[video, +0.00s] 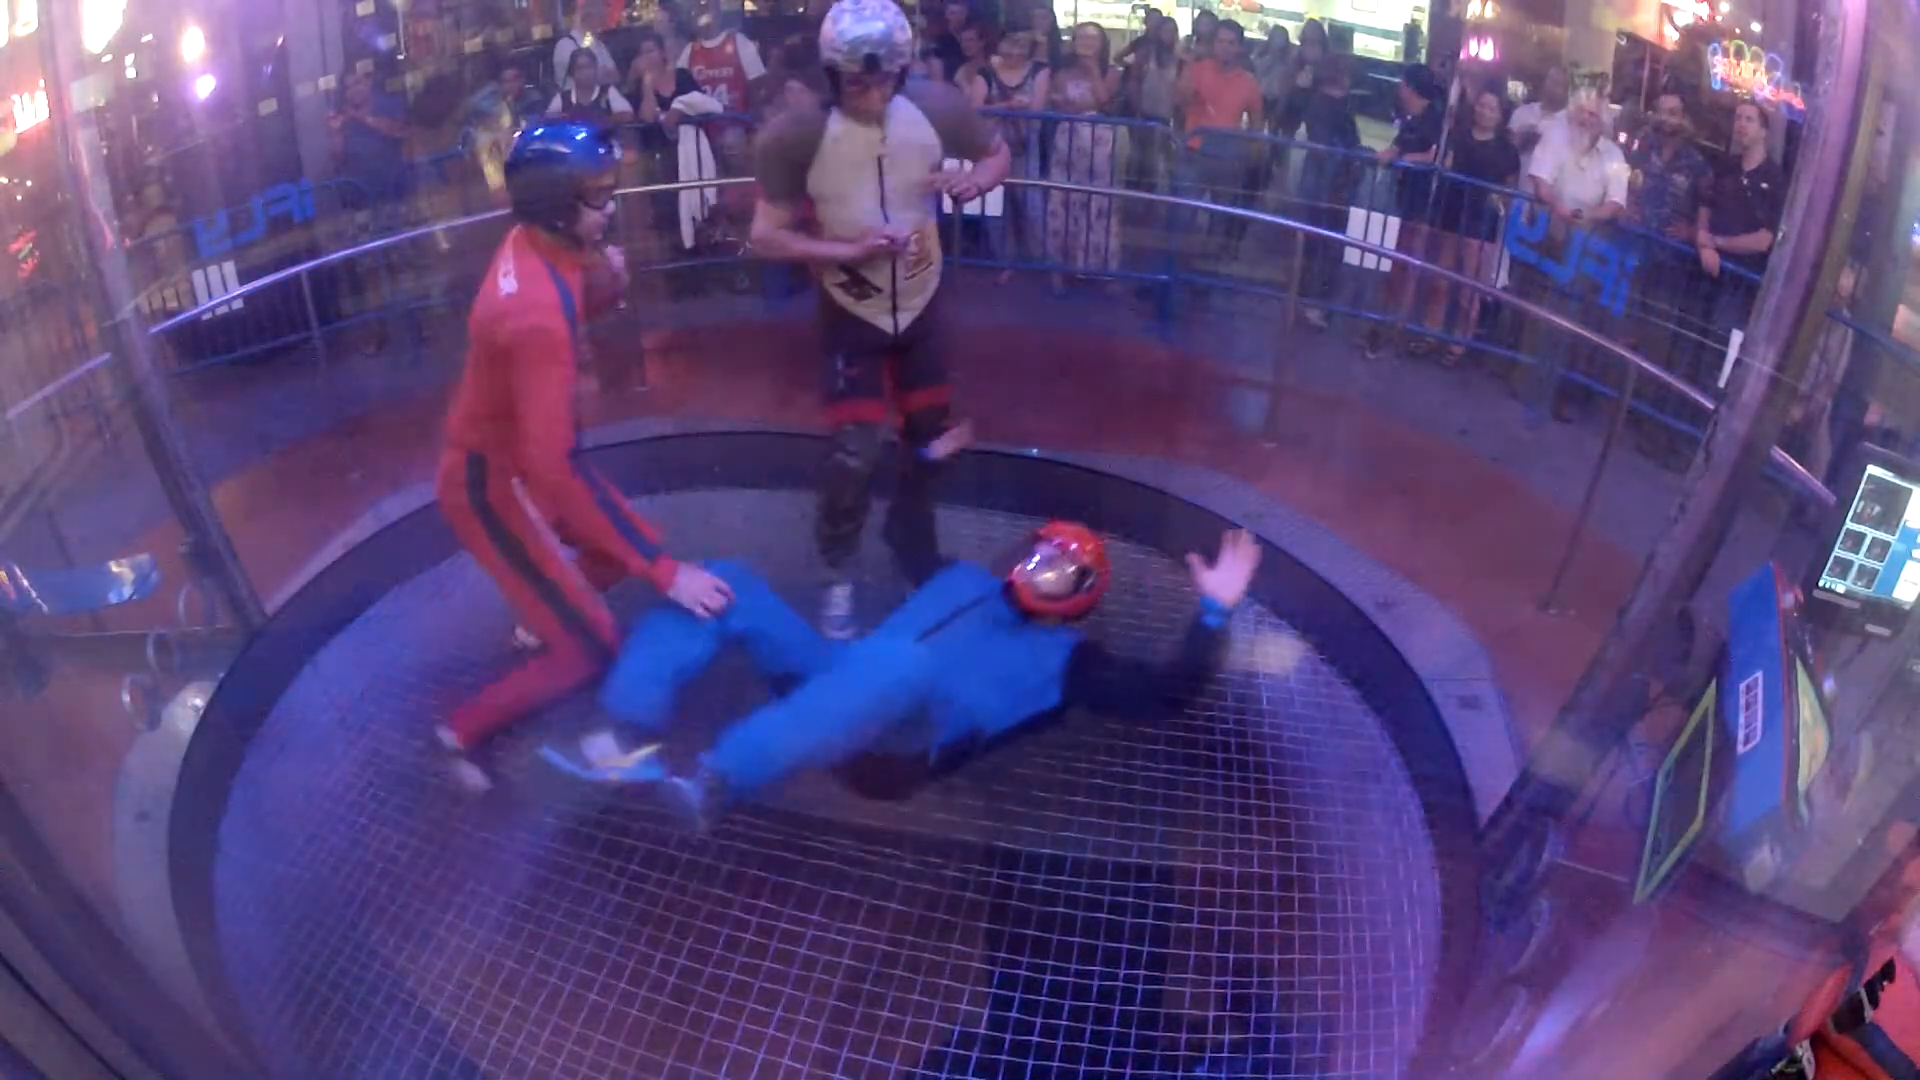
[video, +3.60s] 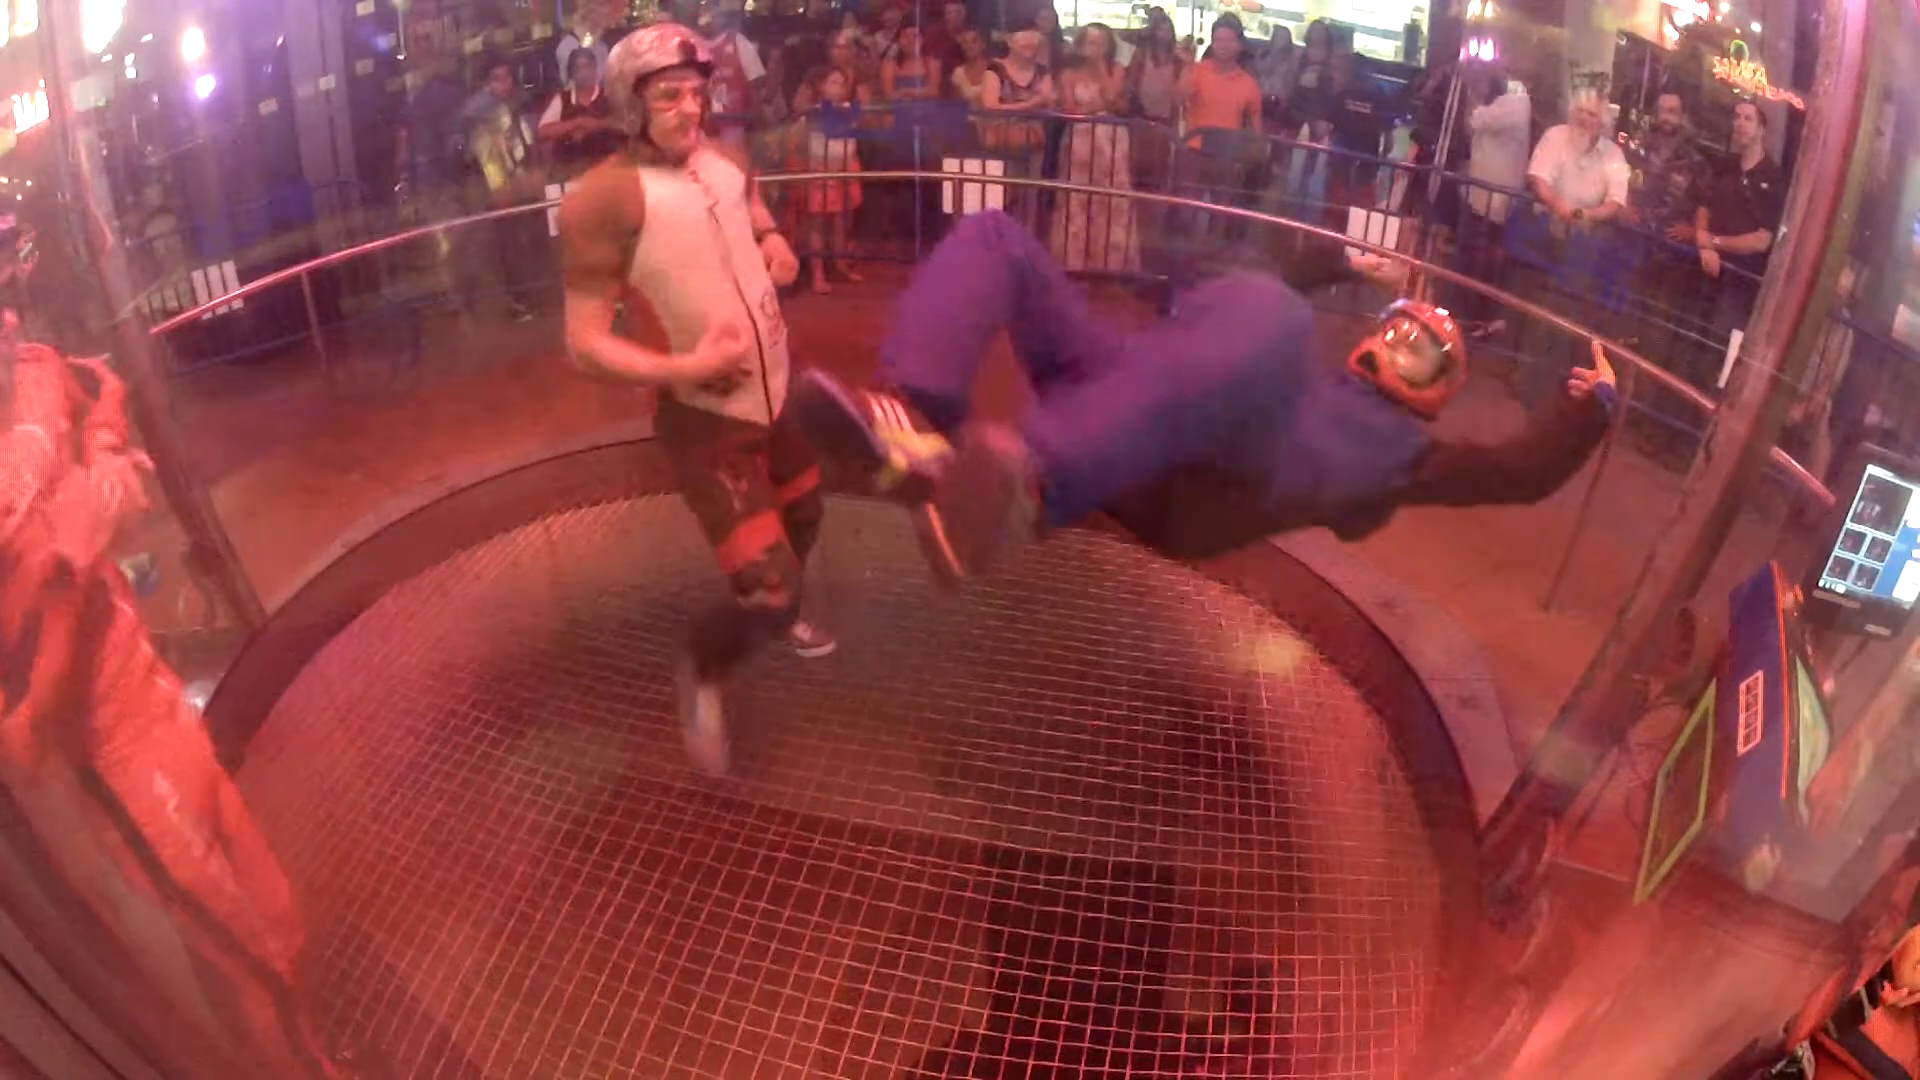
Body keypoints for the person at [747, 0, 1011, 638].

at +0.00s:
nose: (871, 93)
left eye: (883, 78)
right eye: (857, 81)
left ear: (901, 68)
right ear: (833, 72)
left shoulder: (934, 111)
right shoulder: (801, 135)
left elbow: (998, 156)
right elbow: (763, 234)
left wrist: (973, 179)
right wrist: (850, 250)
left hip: (924, 304)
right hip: (851, 311)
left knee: (935, 445)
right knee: (862, 445)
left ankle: (916, 555)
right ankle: (838, 578)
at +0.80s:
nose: (901, 69)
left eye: (908, 57)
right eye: (888, 57)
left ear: (913, 58)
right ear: (851, 56)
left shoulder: (899, 109)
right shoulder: (807, 120)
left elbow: (890, 190)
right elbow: (794, 241)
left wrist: (931, 171)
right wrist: (897, 216)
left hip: (896, 302)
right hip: (837, 308)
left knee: (922, 420)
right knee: (850, 443)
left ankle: (906, 539)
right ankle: (828, 572)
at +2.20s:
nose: (843, 167)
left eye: (847, 153)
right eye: (832, 160)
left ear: (864, 132)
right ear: (824, 154)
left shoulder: (900, 124)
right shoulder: (836, 180)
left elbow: (950, 147)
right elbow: (860, 208)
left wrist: (966, 118)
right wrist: (935, 147)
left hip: (915, 315)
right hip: (865, 319)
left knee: (918, 440)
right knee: (878, 456)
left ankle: (880, 550)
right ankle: (834, 569)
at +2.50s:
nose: (869, 84)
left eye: (874, 71)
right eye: (854, 71)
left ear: (887, 83)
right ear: (832, 84)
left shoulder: (895, 131)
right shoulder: (801, 139)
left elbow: (943, 153)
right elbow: (767, 210)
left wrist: (940, 144)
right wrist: (854, 183)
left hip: (895, 311)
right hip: (835, 316)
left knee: (900, 442)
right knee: (865, 459)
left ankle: (876, 553)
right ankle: (821, 563)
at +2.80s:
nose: (772, 46)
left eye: (781, 32)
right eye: (758, 34)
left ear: (793, 40)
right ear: (732, 48)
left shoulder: (838, 124)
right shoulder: (717, 135)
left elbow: (874, 204)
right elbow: (686, 241)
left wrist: (864, 203)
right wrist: (790, 247)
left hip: (831, 320)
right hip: (766, 326)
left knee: (879, 436)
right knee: (765, 483)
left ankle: (869, 550)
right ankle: (713, 579)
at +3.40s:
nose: (695, 85)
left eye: (703, 71)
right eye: (677, 73)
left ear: (716, 77)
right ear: (646, 85)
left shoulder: (734, 138)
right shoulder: (620, 166)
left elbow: (776, 203)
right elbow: (606, 286)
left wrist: (777, 221)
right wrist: (688, 272)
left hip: (773, 355)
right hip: (702, 370)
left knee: (801, 494)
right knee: (747, 523)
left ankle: (773, 606)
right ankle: (713, 597)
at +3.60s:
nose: (684, 107)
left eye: (693, 92)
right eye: (665, 95)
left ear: (706, 96)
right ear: (631, 108)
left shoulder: (726, 166)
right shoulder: (604, 197)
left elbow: (764, 231)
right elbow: (585, 340)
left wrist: (777, 250)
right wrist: (686, 368)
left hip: (775, 397)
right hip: (706, 421)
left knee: (803, 525)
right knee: (770, 596)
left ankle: (789, 617)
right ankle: (701, 667)